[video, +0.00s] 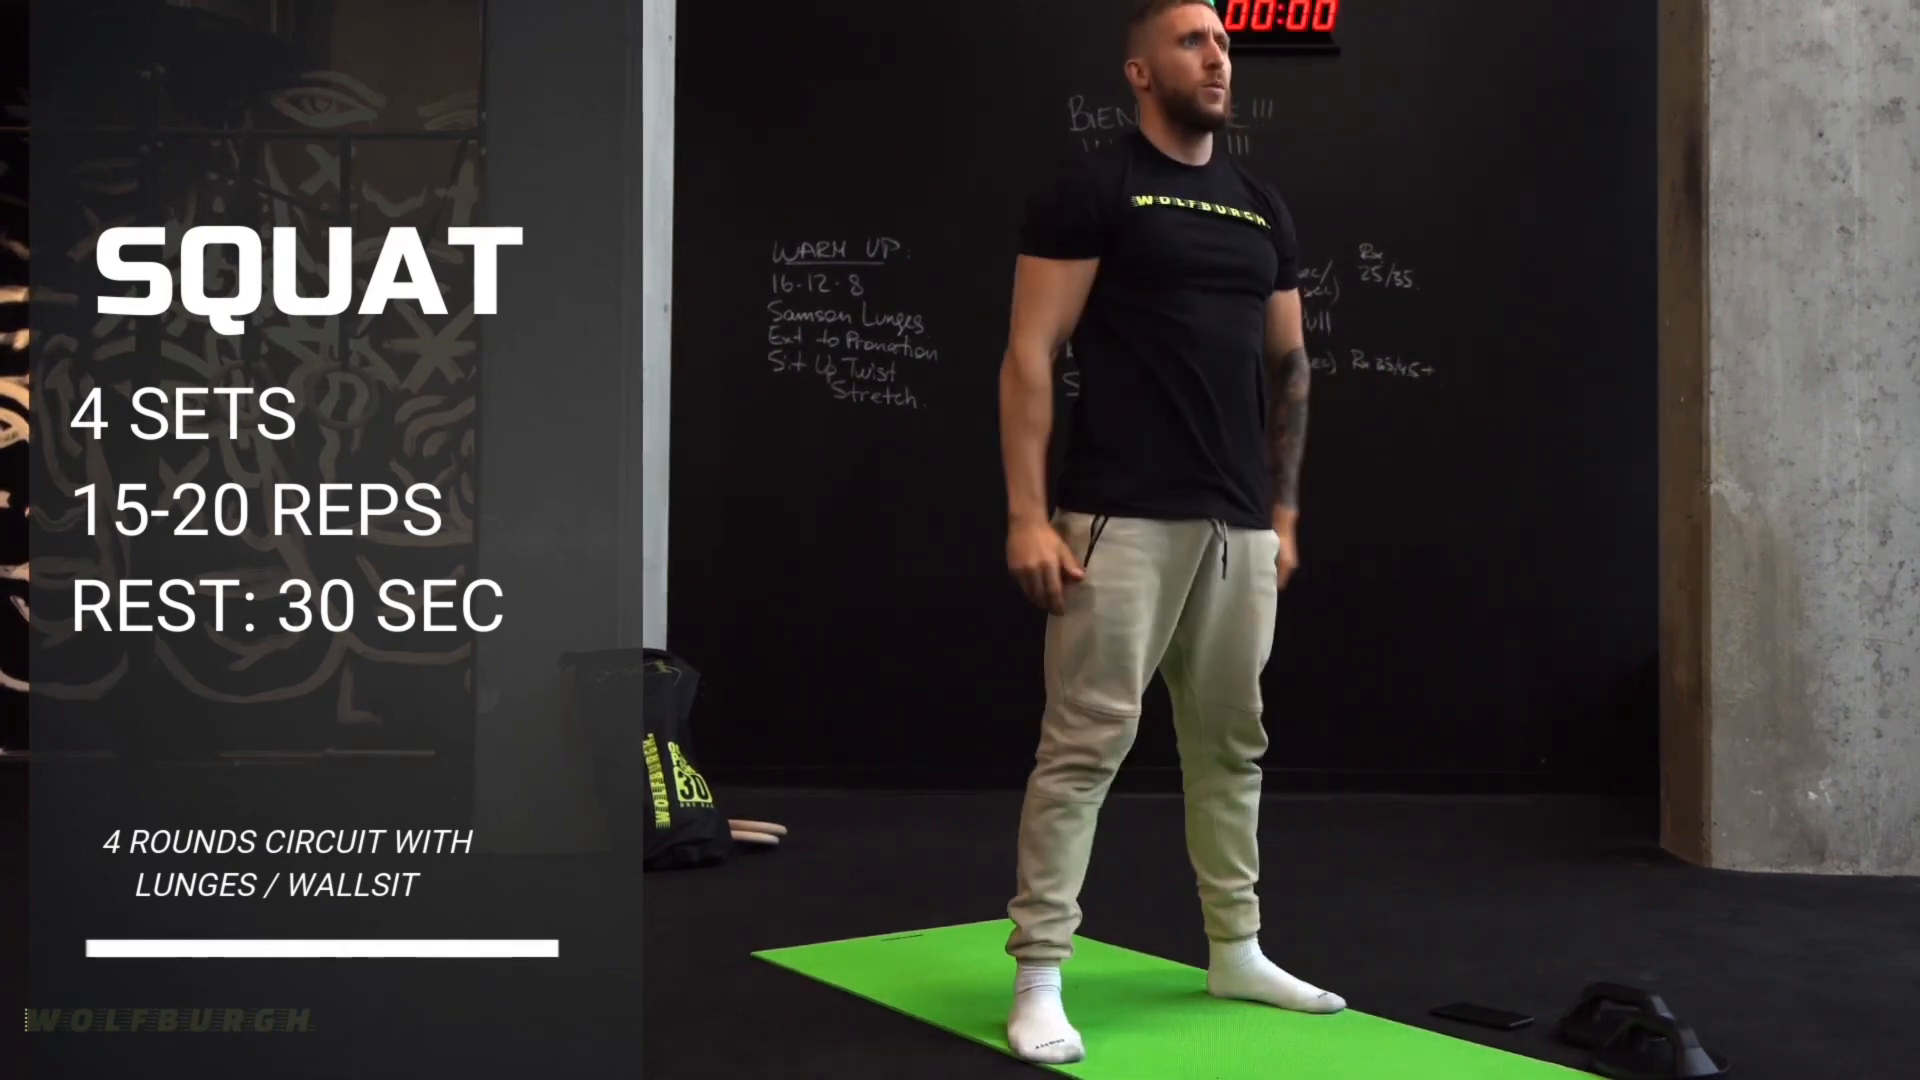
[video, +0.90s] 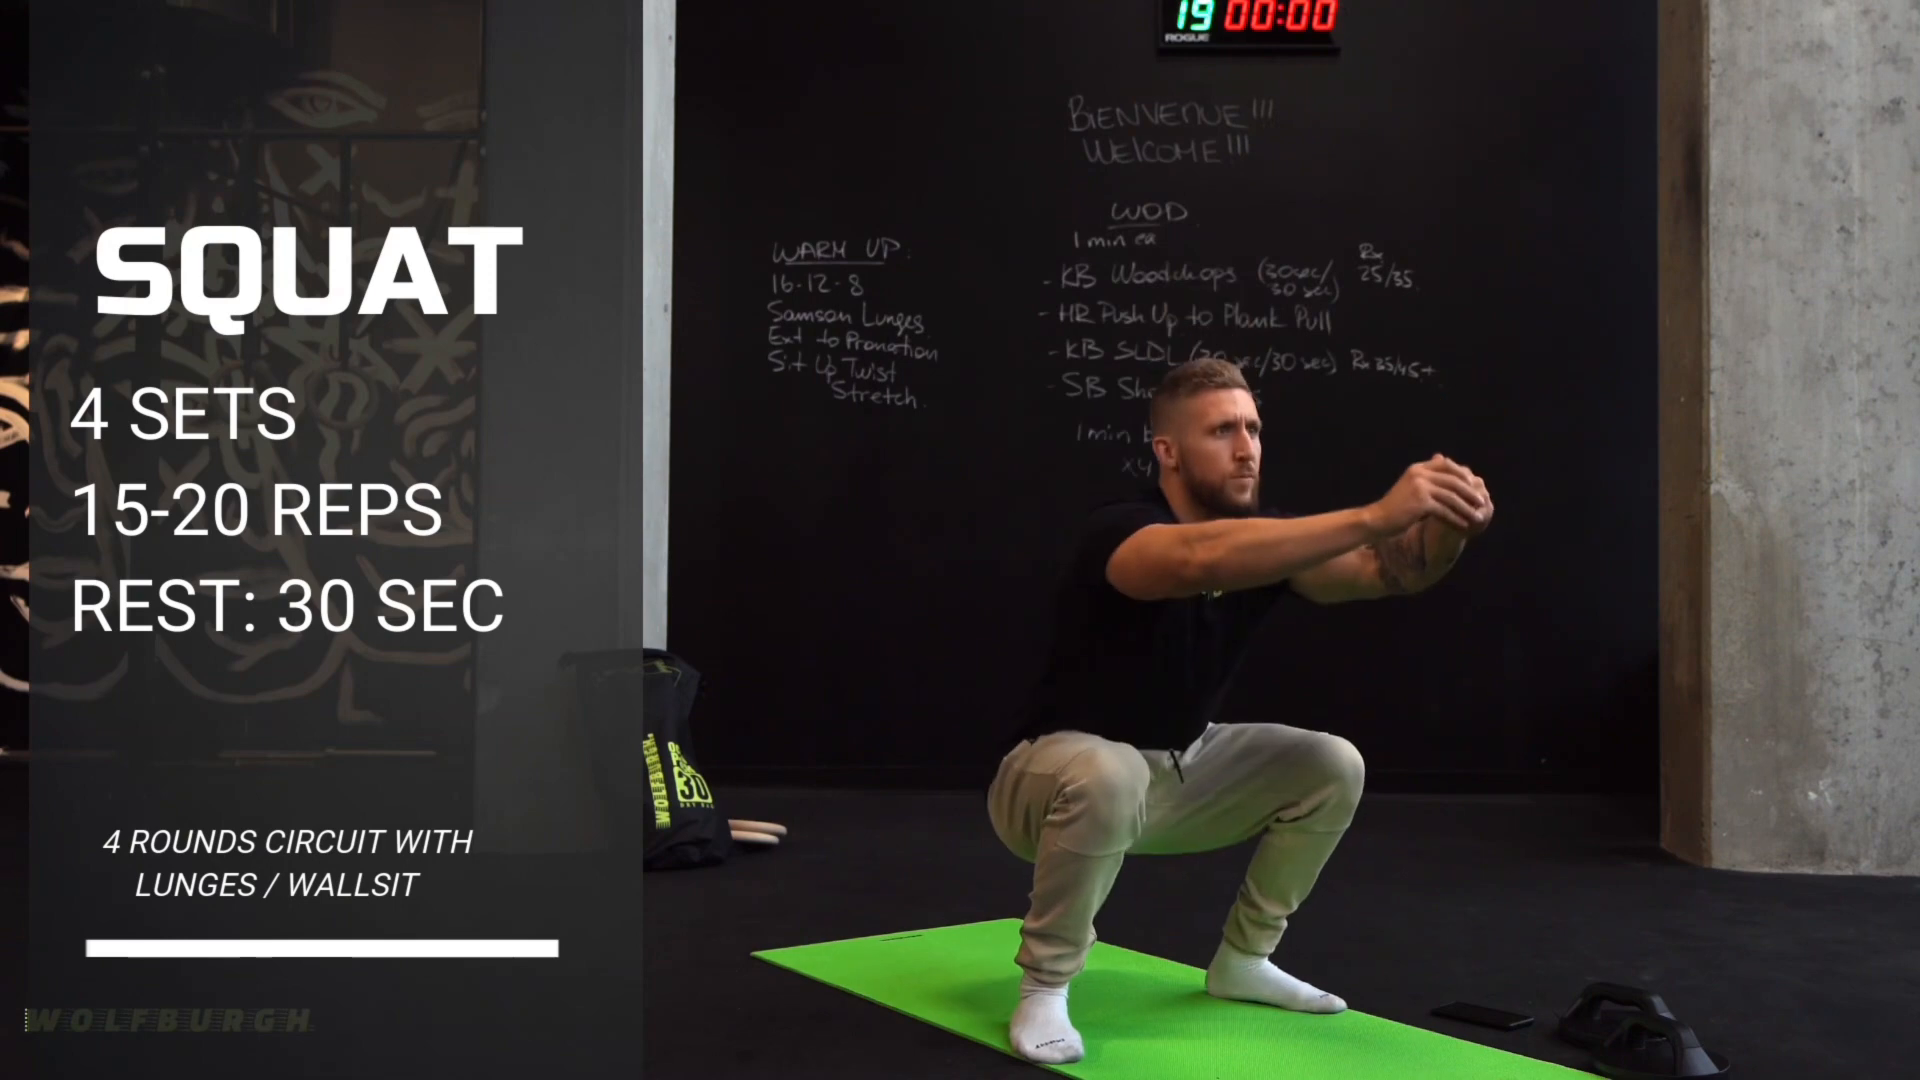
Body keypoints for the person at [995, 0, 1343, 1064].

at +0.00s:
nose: (1218, 58)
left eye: (1223, 43)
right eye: (1194, 43)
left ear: (1231, 70)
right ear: (1140, 72)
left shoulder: (1258, 203)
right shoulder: (1089, 188)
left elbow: (1289, 367)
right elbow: (1029, 355)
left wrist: (1283, 507)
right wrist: (1027, 513)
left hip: (1238, 525)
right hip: (1117, 517)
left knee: (1231, 742)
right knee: (1085, 746)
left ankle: (1237, 954)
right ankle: (1039, 979)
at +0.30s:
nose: (1216, 87)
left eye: (1222, 71)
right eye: (1190, 72)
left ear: (1231, 97)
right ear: (1137, 98)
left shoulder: (1252, 231)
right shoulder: (1090, 212)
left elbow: (1325, 364)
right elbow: (1075, 363)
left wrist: (1368, 484)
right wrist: (1183, 480)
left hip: (1229, 543)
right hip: (1107, 541)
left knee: (1279, 745)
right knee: (1099, 755)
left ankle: (1241, 957)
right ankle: (1041, 983)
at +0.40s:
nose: (1222, 142)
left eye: (1229, 126)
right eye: (1198, 126)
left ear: (1238, 147)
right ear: (1143, 147)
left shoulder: (1254, 279)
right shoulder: (1095, 261)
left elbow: (1342, 377)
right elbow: (1116, 382)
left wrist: (1399, 446)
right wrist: (1271, 444)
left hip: (1210, 577)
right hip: (1091, 573)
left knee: (1302, 755)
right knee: (1099, 760)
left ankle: (1241, 958)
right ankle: (1043, 981)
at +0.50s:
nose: (1234, 254)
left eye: (1240, 237)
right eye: (1211, 238)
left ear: (1248, 254)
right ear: (1157, 255)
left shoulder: (1255, 367)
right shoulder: (1108, 362)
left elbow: (1349, 425)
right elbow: (1167, 426)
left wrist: (1416, 425)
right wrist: (1343, 423)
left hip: (1196, 638)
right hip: (1073, 638)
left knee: (1324, 759)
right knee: (1099, 768)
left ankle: (1242, 961)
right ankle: (1041, 985)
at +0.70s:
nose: (1244, 404)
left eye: (1250, 385)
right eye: (1219, 386)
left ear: (1259, 398)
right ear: (1164, 408)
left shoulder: (1258, 505)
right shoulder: (1117, 499)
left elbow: (1386, 530)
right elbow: (1203, 519)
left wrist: (1448, 489)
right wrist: (1372, 478)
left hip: (1186, 734)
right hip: (1062, 728)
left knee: (1329, 766)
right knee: (1109, 775)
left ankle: (1241, 962)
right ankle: (1044, 989)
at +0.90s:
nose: (1247, 450)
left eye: (1253, 431)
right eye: (1222, 432)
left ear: (1262, 444)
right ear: (1167, 452)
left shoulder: (1261, 545)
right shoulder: (1116, 533)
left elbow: (1385, 569)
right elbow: (1198, 559)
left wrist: (1452, 530)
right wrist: (1372, 518)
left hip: (1180, 774)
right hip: (1052, 775)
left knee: (1332, 769)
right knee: (1110, 776)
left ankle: (1242, 962)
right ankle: (1045, 990)